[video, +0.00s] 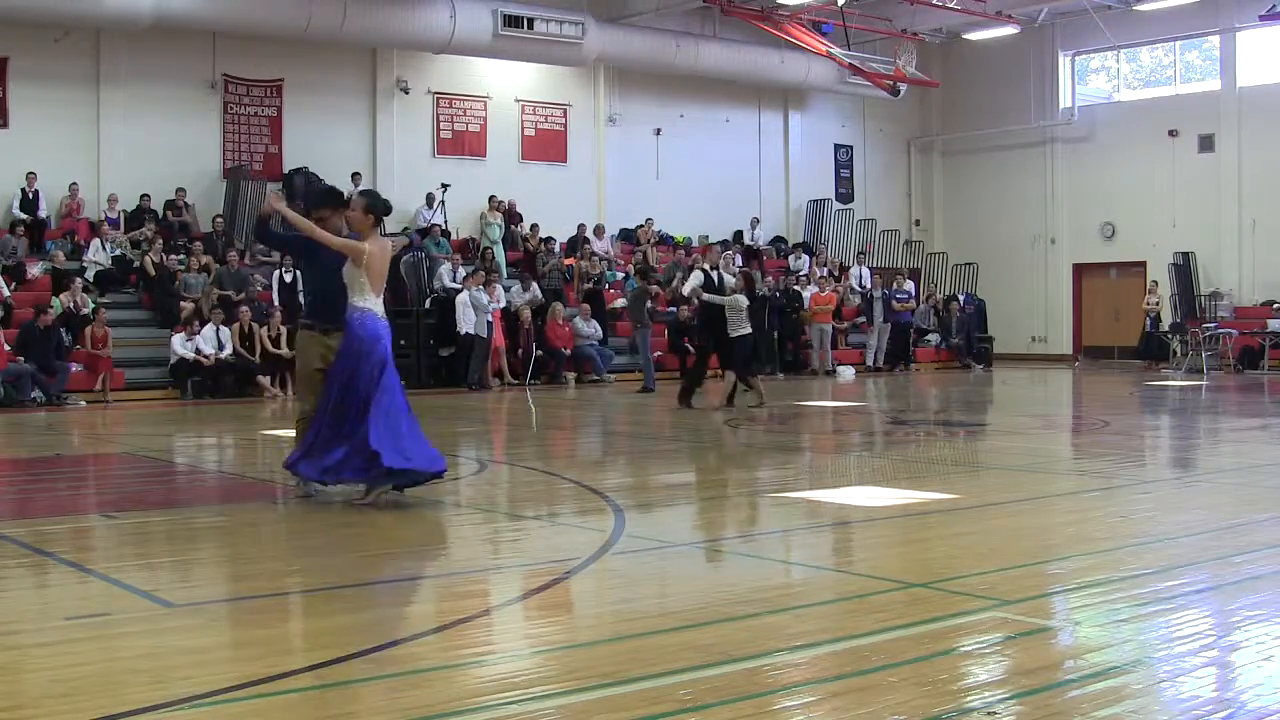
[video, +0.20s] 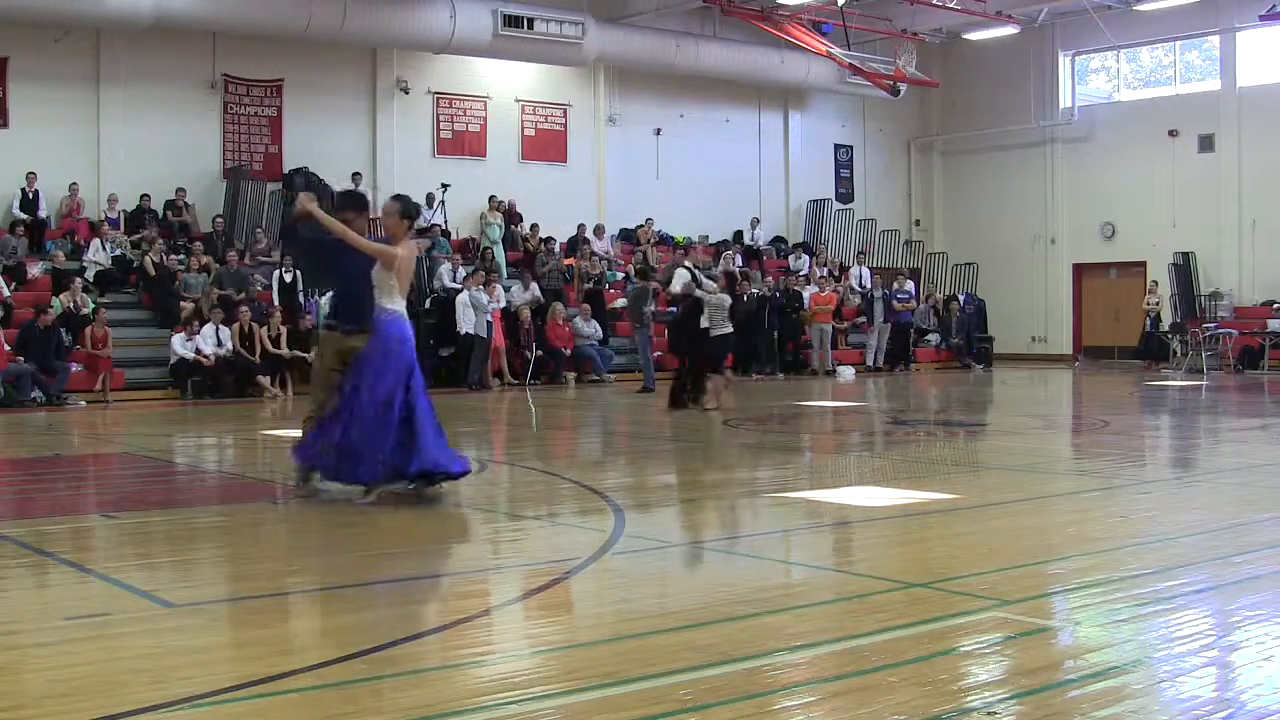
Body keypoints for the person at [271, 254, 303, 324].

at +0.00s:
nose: (287, 262)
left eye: (289, 260)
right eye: (285, 260)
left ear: (292, 262)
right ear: (282, 262)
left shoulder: (297, 273)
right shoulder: (277, 273)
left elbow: (300, 289)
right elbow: (275, 290)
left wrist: (301, 303)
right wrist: (276, 304)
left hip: (294, 304)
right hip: (282, 304)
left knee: (293, 326)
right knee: (282, 325)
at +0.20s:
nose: (287, 262)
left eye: (289, 260)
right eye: (285, 260)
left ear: (292, 262)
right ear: (282, 262)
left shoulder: (297, 273)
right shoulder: (277, 273)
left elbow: (300, 289)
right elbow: (275, 290)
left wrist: (301, 302)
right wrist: (276, 304)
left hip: (294, 304)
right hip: (282, 304)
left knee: (295, 328)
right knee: (283, 327)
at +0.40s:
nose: (287, 262)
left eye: (289, 260)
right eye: (285, 260)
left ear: (292, 262)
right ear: (282, 262)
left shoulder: (297, 273)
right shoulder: (277, 273)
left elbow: (300, 289)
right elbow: (275, 290)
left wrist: (301, 302)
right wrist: (276, 304)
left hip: (294, 304)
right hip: (282, 304)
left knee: (295, 328)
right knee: (283, 328)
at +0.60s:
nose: (287, 262)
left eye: (289, 260)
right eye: (285, 260)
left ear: (292, 262)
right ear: (282, 262)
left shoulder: (297, 273)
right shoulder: (277, 273)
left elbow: (300, 289)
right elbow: (275, 290)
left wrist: (301, 303)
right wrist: (276, 304)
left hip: (294, 304)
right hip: (282, 304)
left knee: (294, 327)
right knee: (282, 327)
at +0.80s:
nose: (287, 262)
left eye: (289, 260)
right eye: (285, 260)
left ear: (292, 262)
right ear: (282, 261)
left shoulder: (297, 273)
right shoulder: (276, 273)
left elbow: (300, 289)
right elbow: (274, 290)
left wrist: (301, 303)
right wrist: (276, 304)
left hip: (294, 304)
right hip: (282, 304)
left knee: (294, 326)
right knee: (282, 326)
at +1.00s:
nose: (287, 262)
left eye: (289, 260)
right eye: (285, 260)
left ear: (292, 262)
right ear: (281, 261)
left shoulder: (296, 273)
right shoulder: (276, 273)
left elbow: (299, 289)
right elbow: (275, 289)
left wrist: (301, 303)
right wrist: (276, 304)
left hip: (294, 304)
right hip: (282, 303)